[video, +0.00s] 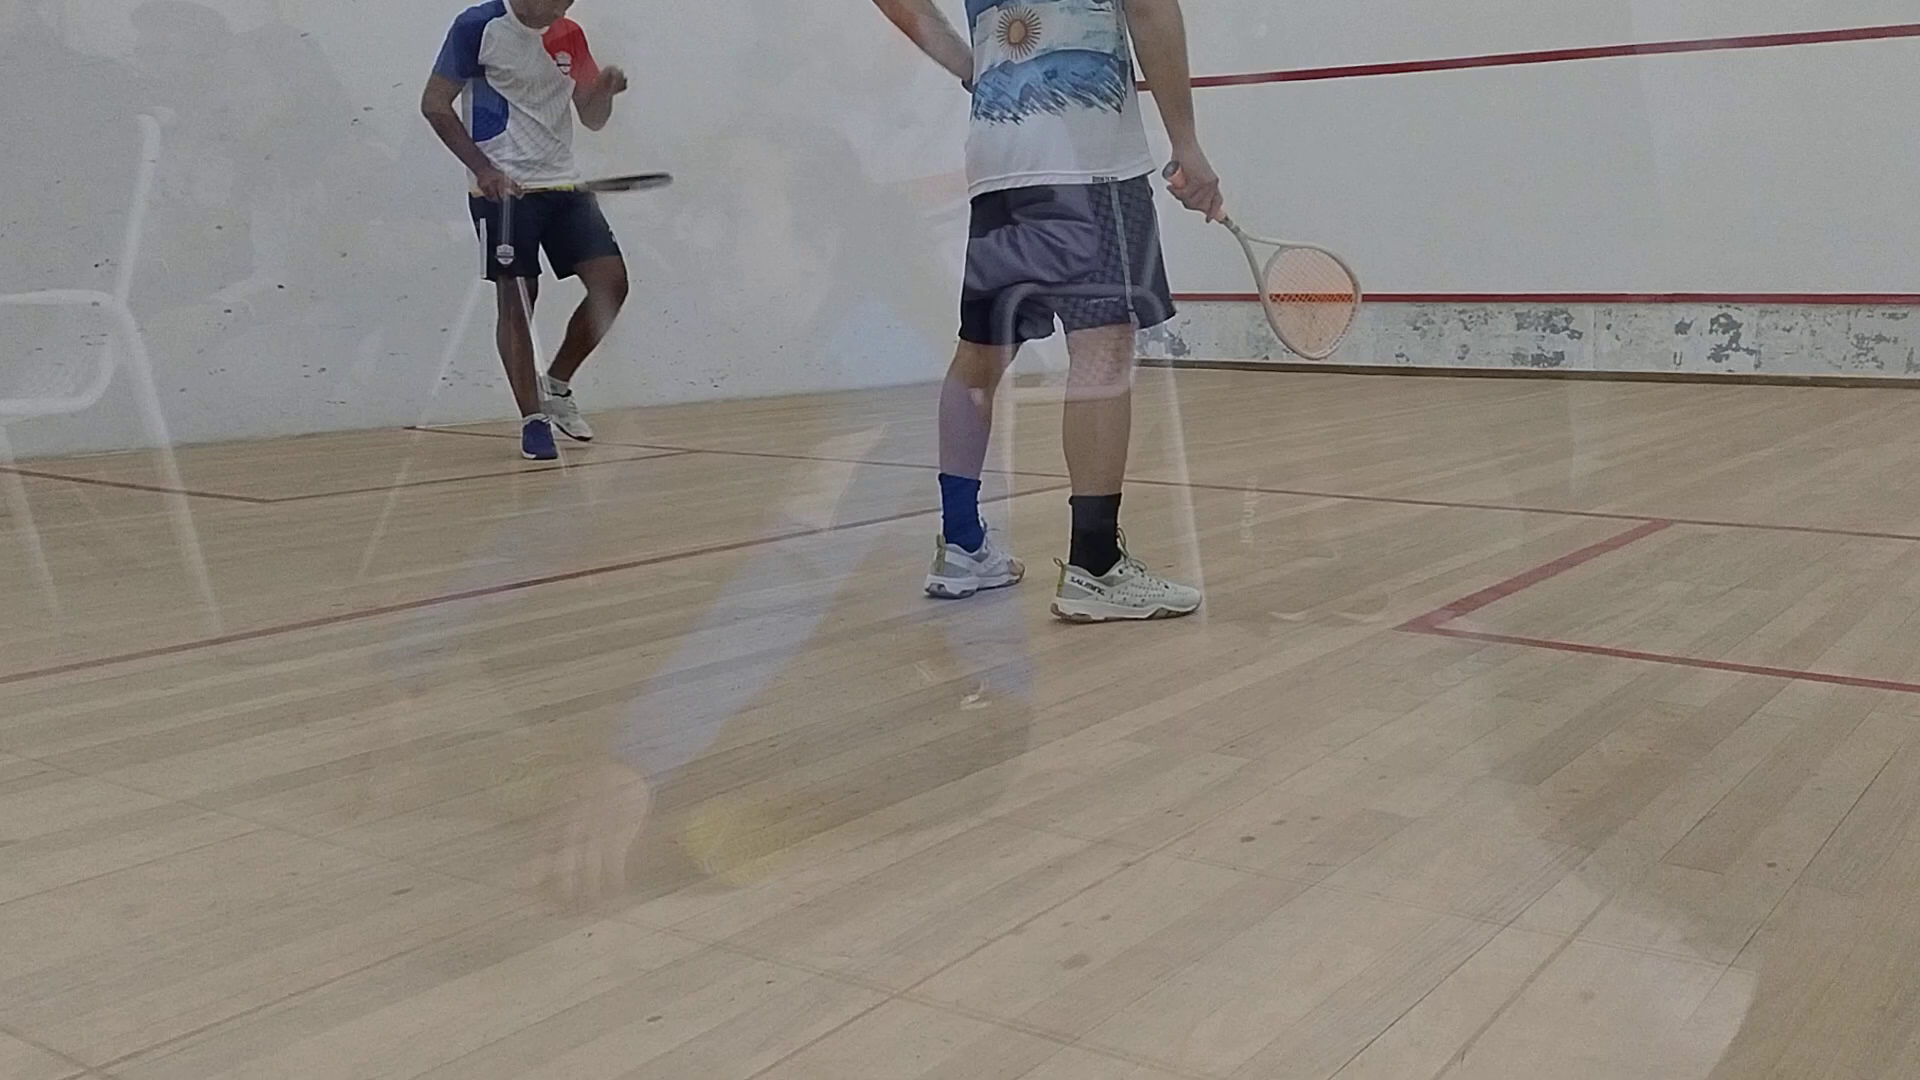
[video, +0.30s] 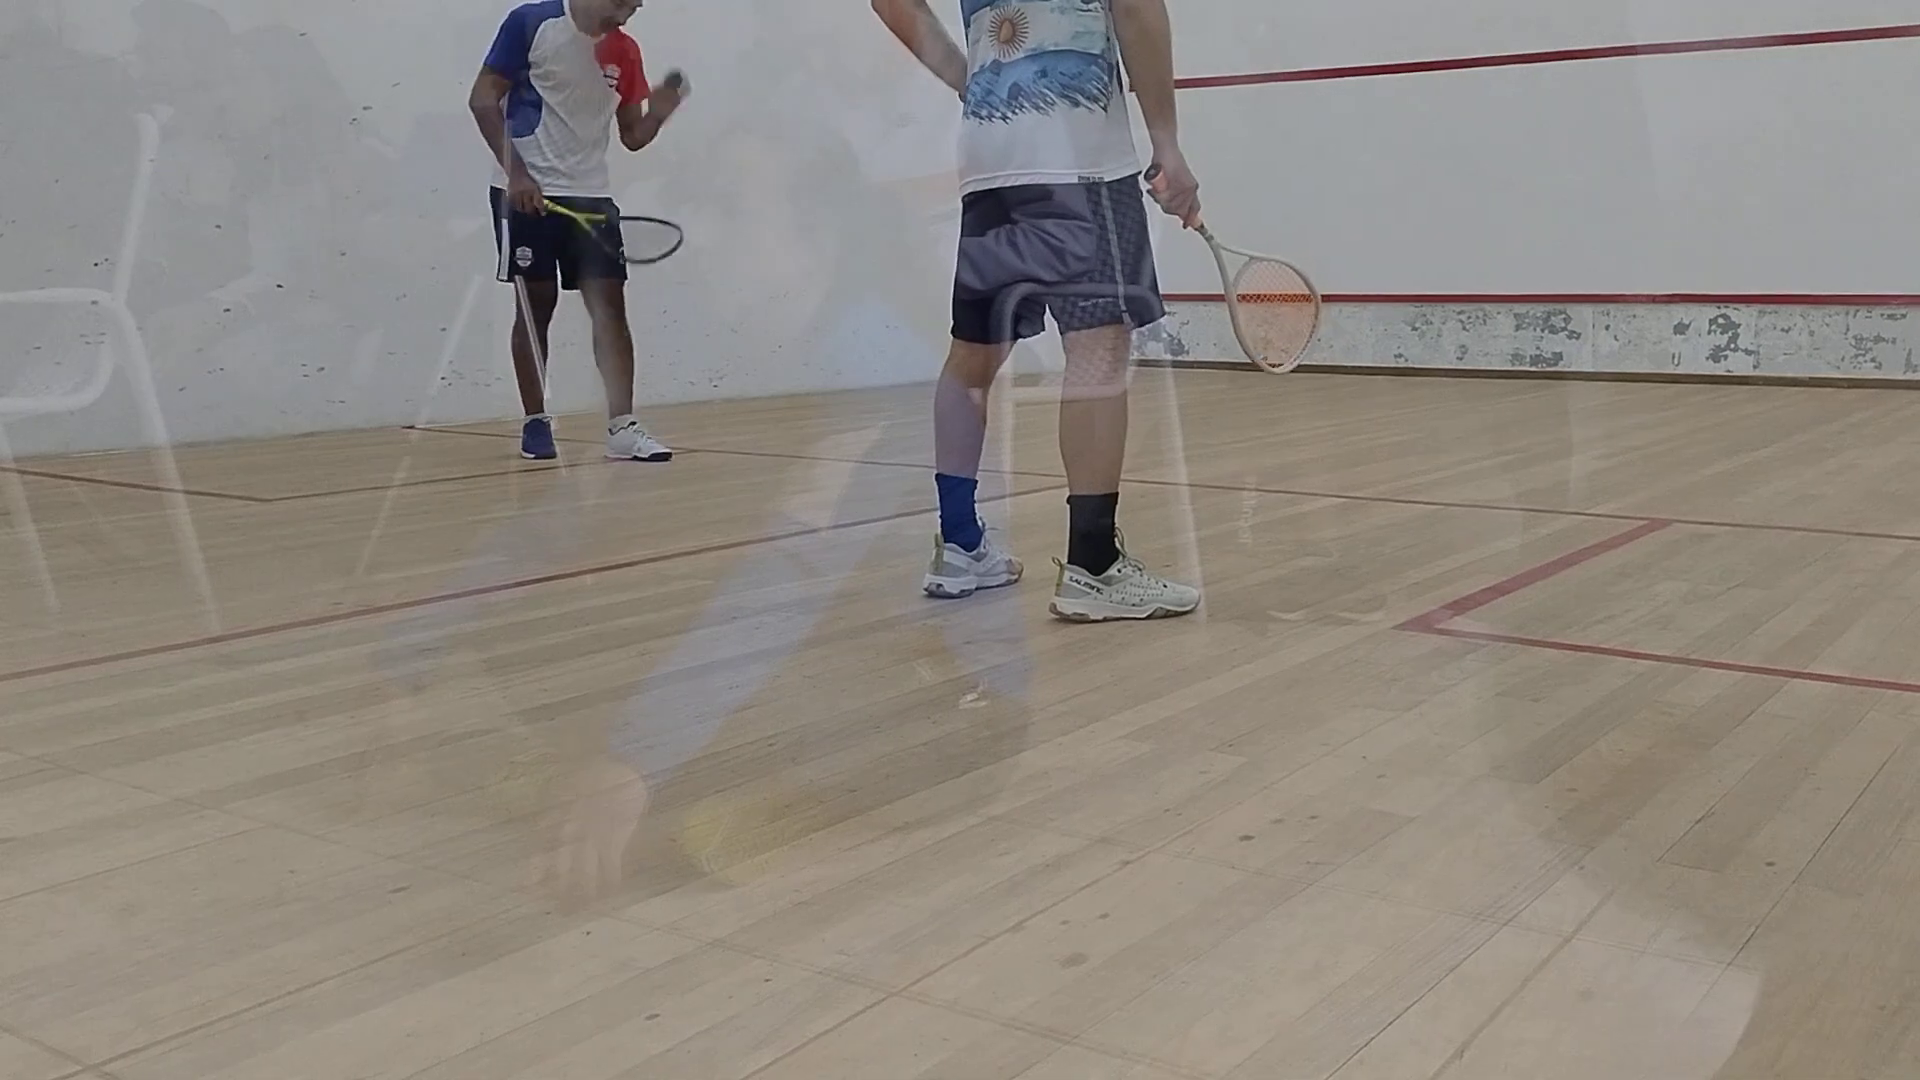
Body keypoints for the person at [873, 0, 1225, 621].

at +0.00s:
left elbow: (898, 1)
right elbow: (1152, 10)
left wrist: (978, 71)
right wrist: (1186, 144)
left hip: (993, 143)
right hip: (1085, 141)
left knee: (980, 352)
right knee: (1101, 354)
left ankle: (961, 546)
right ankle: (1095, 567)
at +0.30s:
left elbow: (893, 2)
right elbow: (1137, 9)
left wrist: (971, 80)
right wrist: (1168, 147)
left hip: (985, 142)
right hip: (1077, 139)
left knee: (973, 353)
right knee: (1098, 354)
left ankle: (959, 547)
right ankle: (1094, 567)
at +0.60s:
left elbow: (897, 4)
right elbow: (1131, 8)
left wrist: (975, 87)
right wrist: (1165, 144)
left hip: (981, 140)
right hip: (1074, 138)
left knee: (972, 354)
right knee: (1101, 352)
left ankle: (961, 547)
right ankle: (1096, 565)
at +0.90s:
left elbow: (897, 4)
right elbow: (1128, 7)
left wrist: (968, 86)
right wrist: (1166, 134)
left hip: (978, 136)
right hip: (1072, 134)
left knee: (970, 350)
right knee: (1101, 349)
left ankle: (961, 542)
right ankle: (1095, 562)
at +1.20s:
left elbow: (896, 4)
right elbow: (1134, 10)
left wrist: (953, 79)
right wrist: (1194, 120)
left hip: (961, 131)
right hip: (1058, 130)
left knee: (963, 347)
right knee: (1098, 343)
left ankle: (957, 540)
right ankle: (1093, 558)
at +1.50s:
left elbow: (907, 9)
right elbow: (1156, 5)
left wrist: (974, 78)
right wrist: (1229, 98)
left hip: (959, 129)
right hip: (1055, 128)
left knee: (959, 344)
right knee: (1105, 337)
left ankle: (952, 538)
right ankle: (1082, 555)